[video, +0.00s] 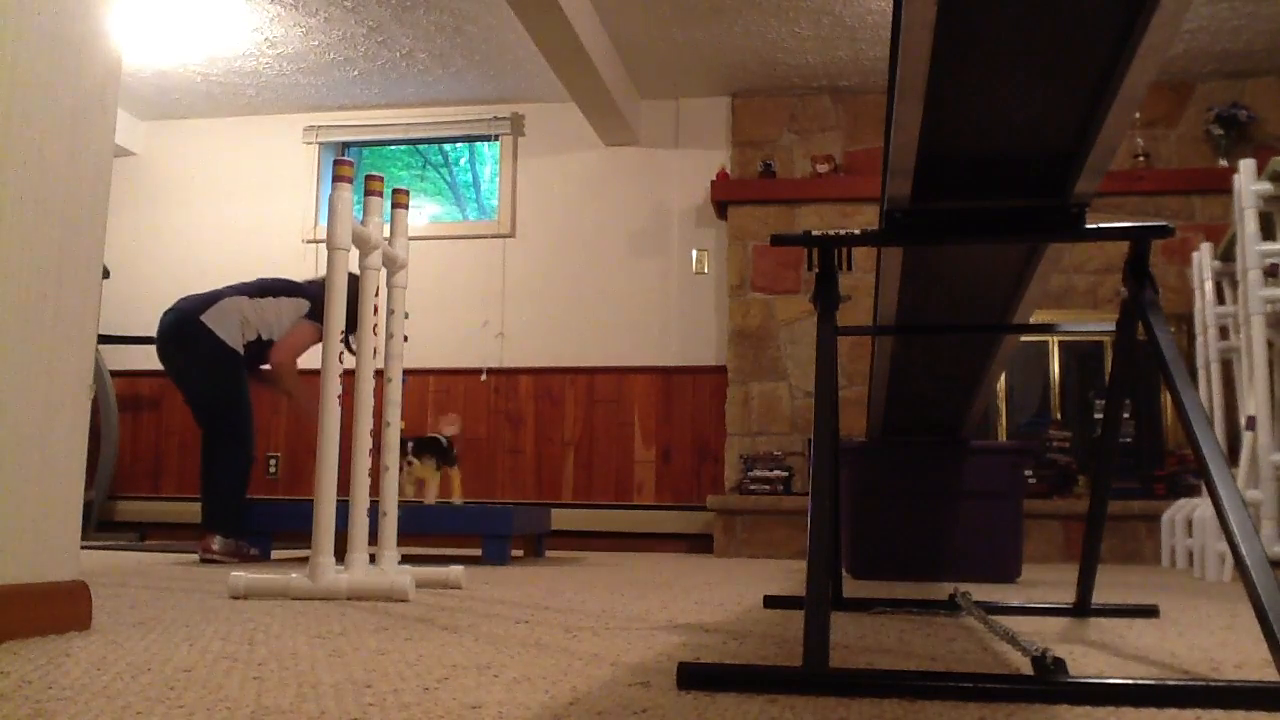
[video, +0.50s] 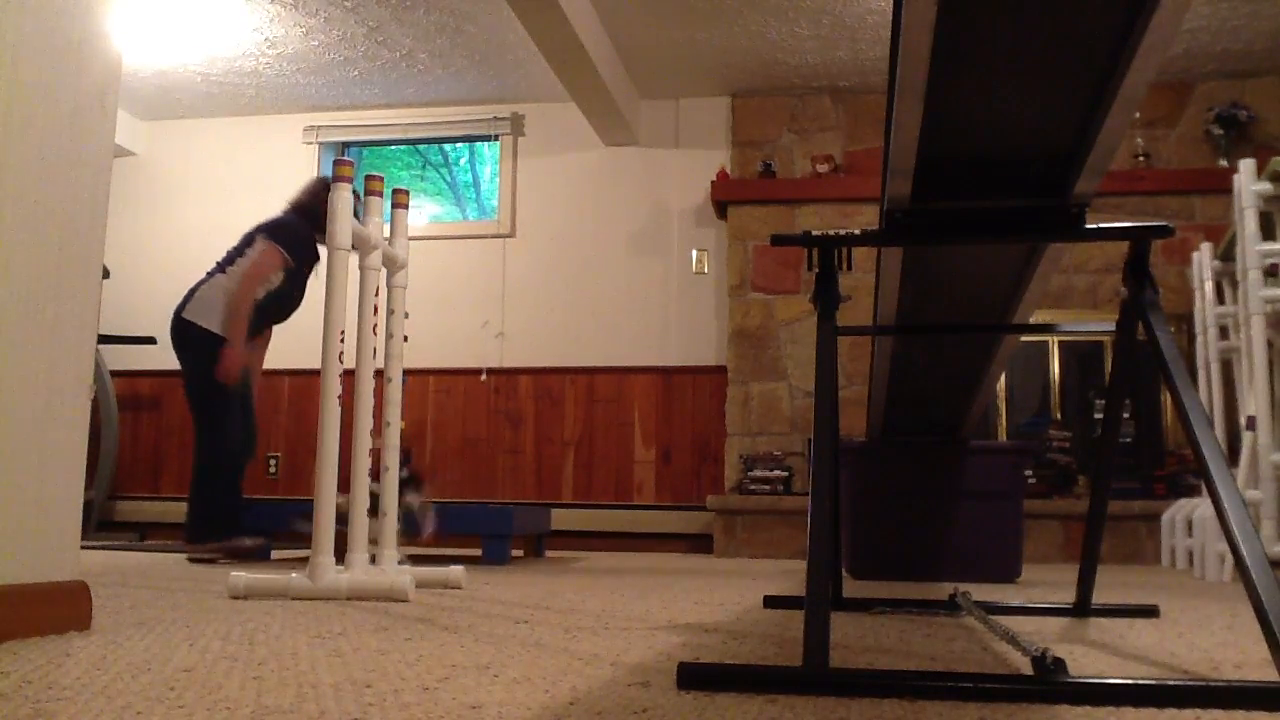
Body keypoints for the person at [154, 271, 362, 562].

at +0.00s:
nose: (359, 327)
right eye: (366, 318)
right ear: (356, 306)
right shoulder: (328, 304)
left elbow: (248, 361)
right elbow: (281, 356)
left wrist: (286, 385)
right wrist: (302, 396)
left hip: (180, 330)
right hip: (208, 337)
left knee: (218, 436)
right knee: (235, 440)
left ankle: (215, 535)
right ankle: (224, 537)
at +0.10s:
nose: (359, 317)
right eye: (365, 308)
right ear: (356, 295)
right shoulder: (326, 293)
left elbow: (248, 355)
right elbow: (285, 351)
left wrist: (289, 378)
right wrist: (308, 389)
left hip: (181, 328)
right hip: (207, 334)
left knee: (218, 438)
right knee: (232, 439)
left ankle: (215, 536)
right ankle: (225, 537)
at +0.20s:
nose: (358, 303)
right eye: (361, 292)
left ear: (329, 267)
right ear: (349, 280)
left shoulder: (291, 278)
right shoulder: (323, 283)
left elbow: (256, 356)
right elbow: (285, 344)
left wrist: (291, 381)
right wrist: (307, 387)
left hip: (181, 328)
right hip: (207, 334)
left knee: (218, 437)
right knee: (231, 439)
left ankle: (216, 536)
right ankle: (225, 537)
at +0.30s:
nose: (353, 279)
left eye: (357, 272)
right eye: (355, 270)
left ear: (329, 246)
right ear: (343, 258)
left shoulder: (295, 263)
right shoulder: (313, 266)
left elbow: (264, 331)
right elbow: (274, 328)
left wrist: (269, 380)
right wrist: (278, 392)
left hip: (190, 328)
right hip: (208, 335)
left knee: (225, 438)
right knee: (231, 439)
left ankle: (217, 536)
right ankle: (223, 538)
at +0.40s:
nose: (352, 253)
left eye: (356, 243)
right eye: (354, 242)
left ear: (324, 224)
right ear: (340, 234)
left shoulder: (301, 252)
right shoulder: (304, 249)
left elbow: (267, 324)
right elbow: (261, 305)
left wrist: (256, 381)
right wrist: (255, 377)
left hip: (201, 328)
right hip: (206, 330)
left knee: (228, 433)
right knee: (232, 433)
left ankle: (215, 535)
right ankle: (220, 537)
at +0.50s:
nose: (349, 224)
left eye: (352, 213)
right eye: (348, 212)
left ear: (317, 202)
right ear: (331, 207)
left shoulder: (304, 249)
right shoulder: (293, 232)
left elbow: (265, 321)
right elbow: (249, 282)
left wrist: (252, 378)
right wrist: (235, 344)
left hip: (223, 334)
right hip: (206, 328)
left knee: (237, 435)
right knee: (225, 434)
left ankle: (216, 529)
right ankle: (210, 532)